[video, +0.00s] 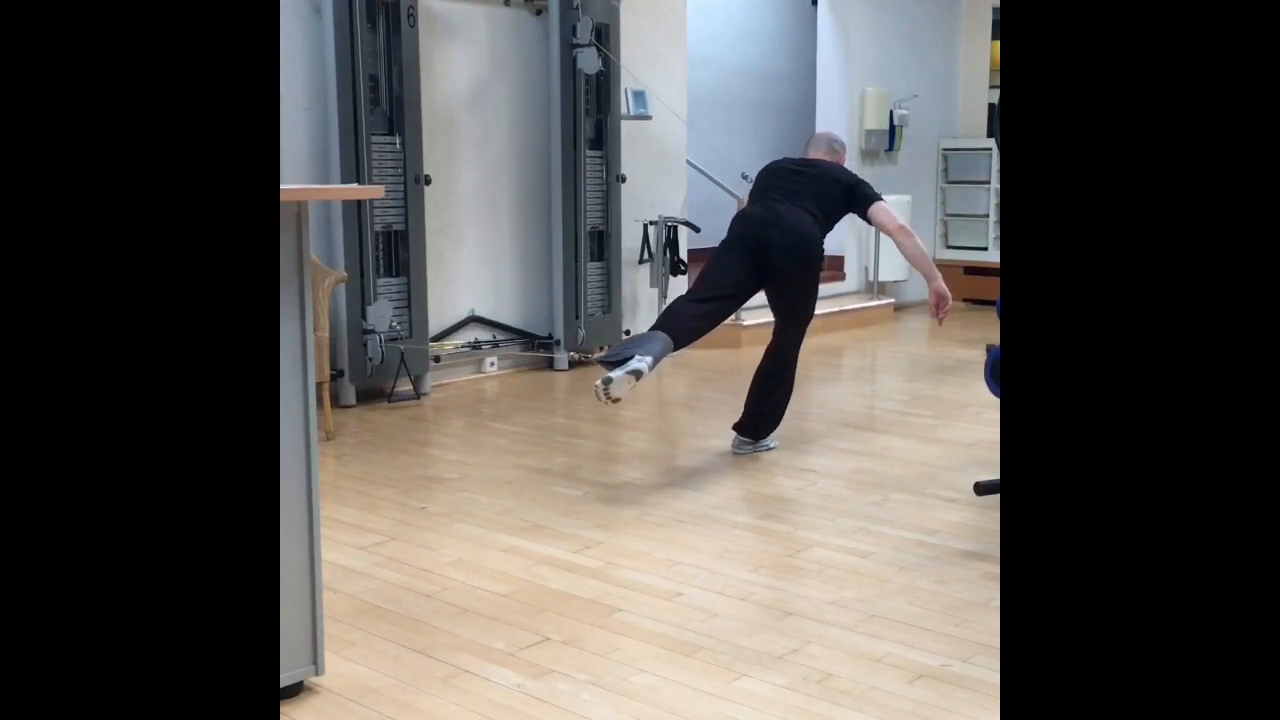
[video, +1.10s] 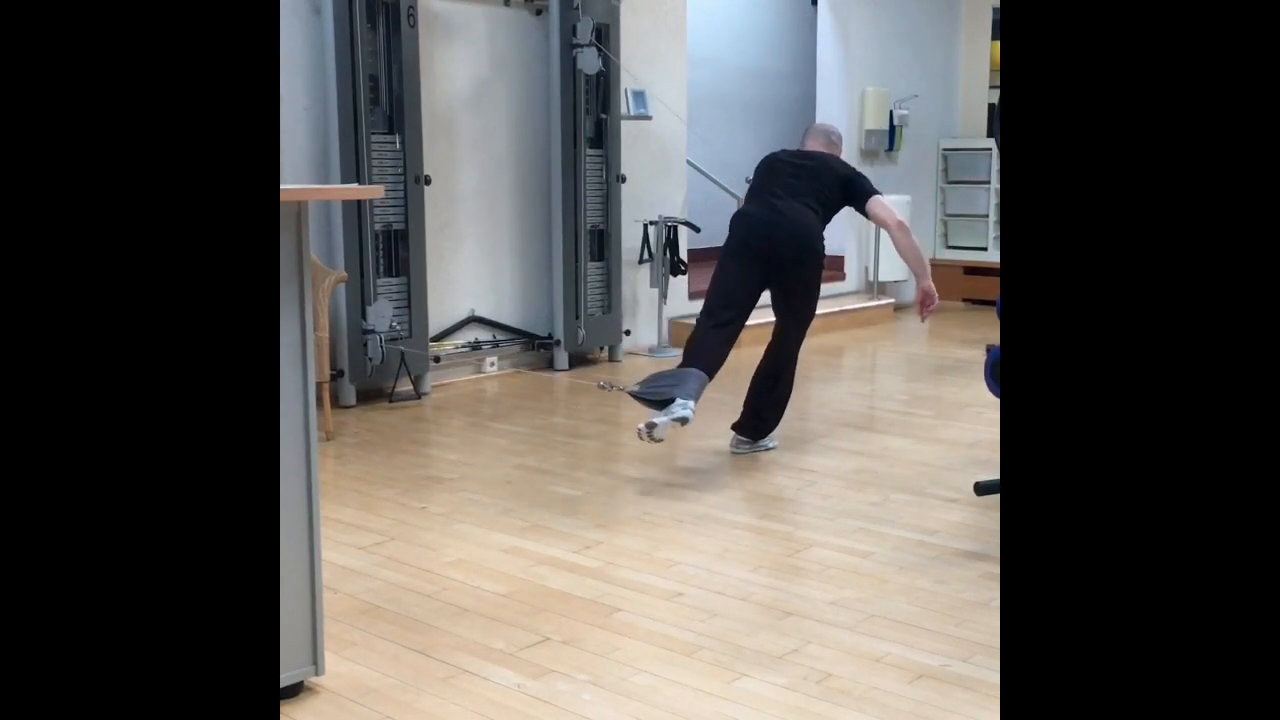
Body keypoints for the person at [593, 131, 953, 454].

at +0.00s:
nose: (842, 167)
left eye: (836, 160)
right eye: (843, 161)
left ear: (807, 151)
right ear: (840, 158)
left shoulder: (777, 166)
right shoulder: (845, 178)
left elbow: (745, 209)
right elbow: (897, 228)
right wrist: (935, 281)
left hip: (748, 233)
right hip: (798, 247)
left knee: (702, 301)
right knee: (787, 337)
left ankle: (646, 354)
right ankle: (752, 433)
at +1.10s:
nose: (838, 160)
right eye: (840, 155)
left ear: (802, 145)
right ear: (838, 152)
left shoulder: (772, 160)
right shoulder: (843, 173)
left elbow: (749, 203)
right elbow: (894, 222)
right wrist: (924, 278)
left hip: (747, 235)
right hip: (800, 246)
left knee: (719, 319)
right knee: (787, 338)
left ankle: (684, 396)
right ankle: (750, 432)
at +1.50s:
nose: (842, 136)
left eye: (840, 133)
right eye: (843, 132)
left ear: (801, 119)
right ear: (838, 128)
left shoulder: (770, 139)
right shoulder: (845, 156)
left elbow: (754, 193)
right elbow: (894, 218)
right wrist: (906, 276)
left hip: (753, 240)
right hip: (806, 249)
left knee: (728, 331)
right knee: (788, 339)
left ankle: (738, 430)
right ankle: (759, 428)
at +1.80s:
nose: (835, 118)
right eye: (837, 114)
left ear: (793, 99)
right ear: (834, 112)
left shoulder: (762, 123)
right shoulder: (843, 147)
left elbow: (759, 178)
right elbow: (877, 222)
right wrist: (851, 272)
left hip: (755, 239)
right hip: (808, 249)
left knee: (722, 336)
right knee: (786, 342)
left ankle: (759, 436)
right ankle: (751, 435)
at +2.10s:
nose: (771, 91)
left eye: (771, 85)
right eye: (775, 86)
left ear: (775, 84)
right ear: (814, 93)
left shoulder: (749, 113)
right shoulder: (833, 139)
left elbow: (724, 155)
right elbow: (849, 220)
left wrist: (765, 144)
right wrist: (817, 248)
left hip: (759, 248)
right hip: (810, 257)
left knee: (712, 344)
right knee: (780, 349)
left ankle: (759, 449)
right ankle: (756, 438)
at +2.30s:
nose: (748, 91)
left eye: (749, 85)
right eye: (752, 86)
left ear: (756, 82)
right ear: (792, 85)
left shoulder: (736, 113)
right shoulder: (817, 129)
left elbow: (699, 152)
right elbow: (836, 213)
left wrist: (709, 138)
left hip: (773, 247)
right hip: (817, 250)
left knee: (713, 348)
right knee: (778, 345)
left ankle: (764, 457)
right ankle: (769, 444)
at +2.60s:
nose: (711, 83)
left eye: (715, 74)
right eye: (712, 74)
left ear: (736, 76)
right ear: (756, 78)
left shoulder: (732, 118)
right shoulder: (791, 120)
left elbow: (658, 152)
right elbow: (789, 197)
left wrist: (655, 127)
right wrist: (735, 239)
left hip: (794, 256)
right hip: (819, 251)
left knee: (728, 346)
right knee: (781, 344)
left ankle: (762, 463)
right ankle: (789, 430)